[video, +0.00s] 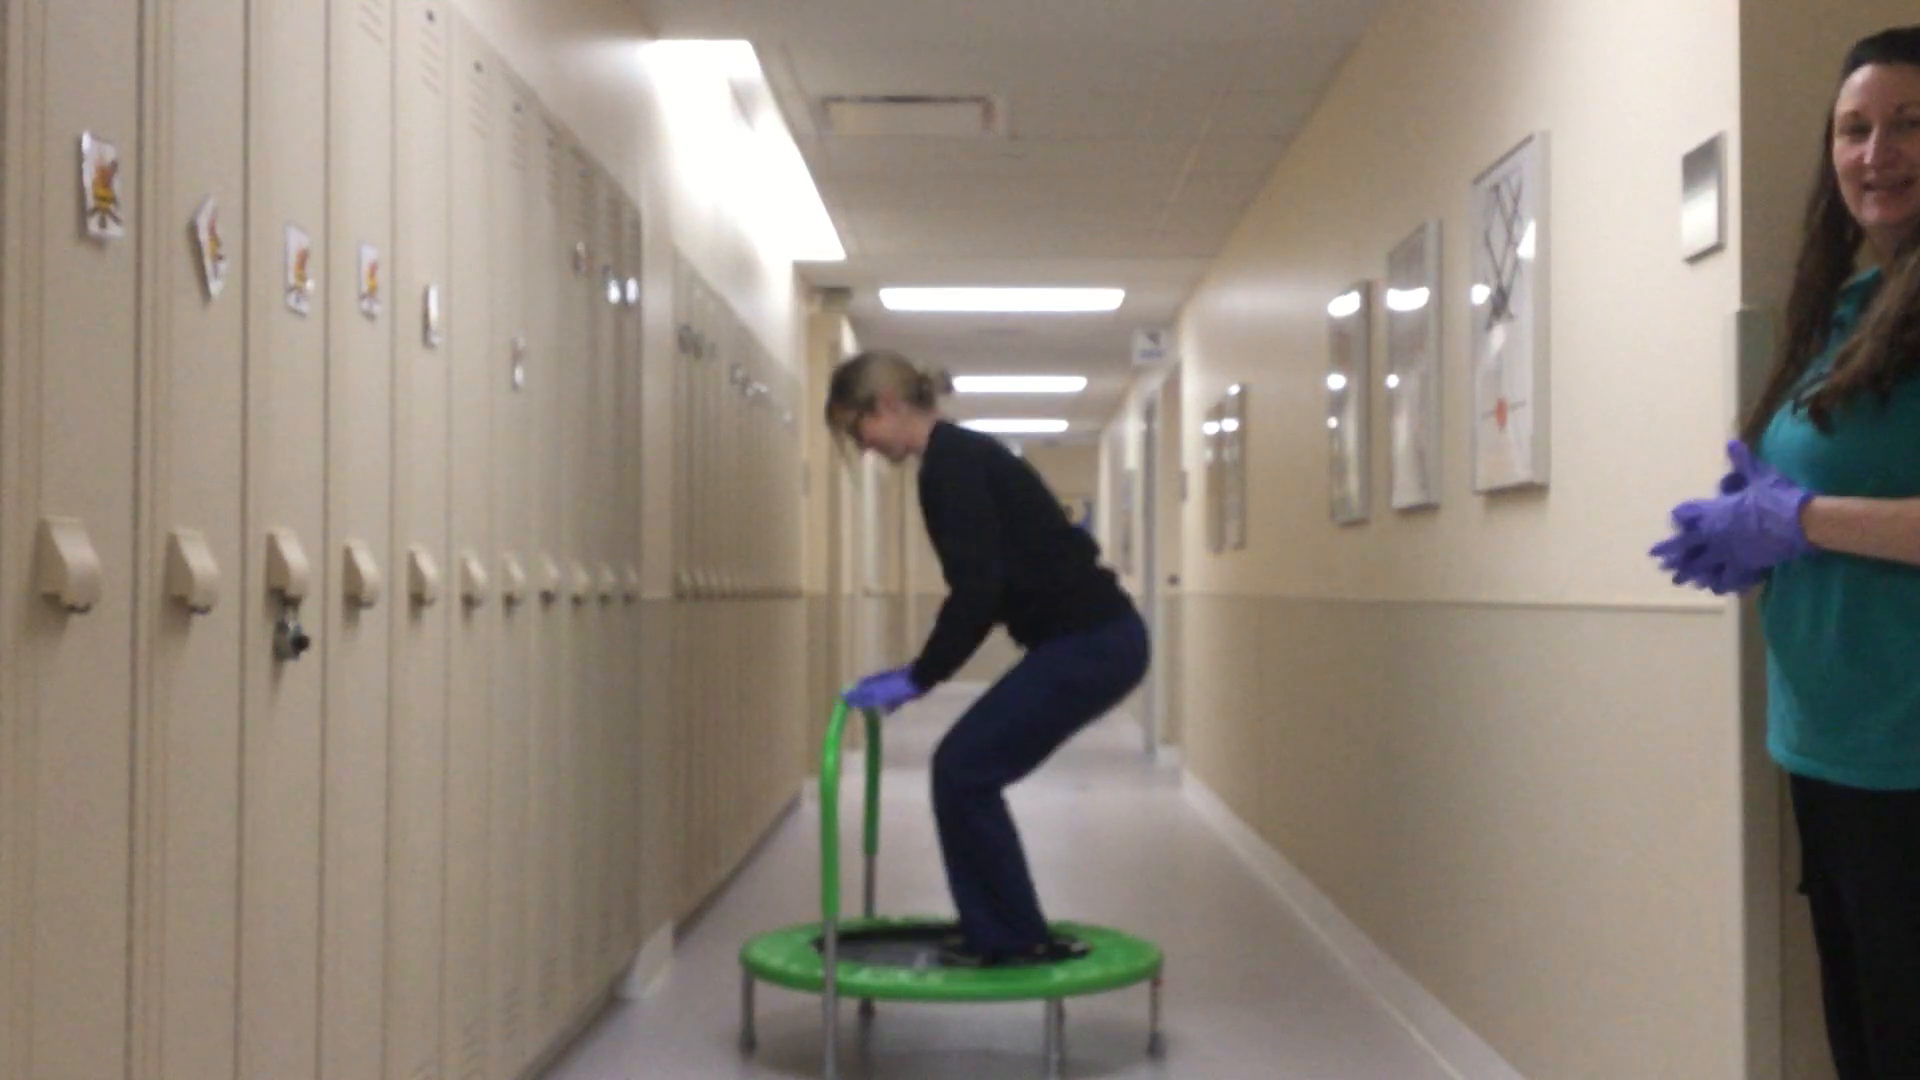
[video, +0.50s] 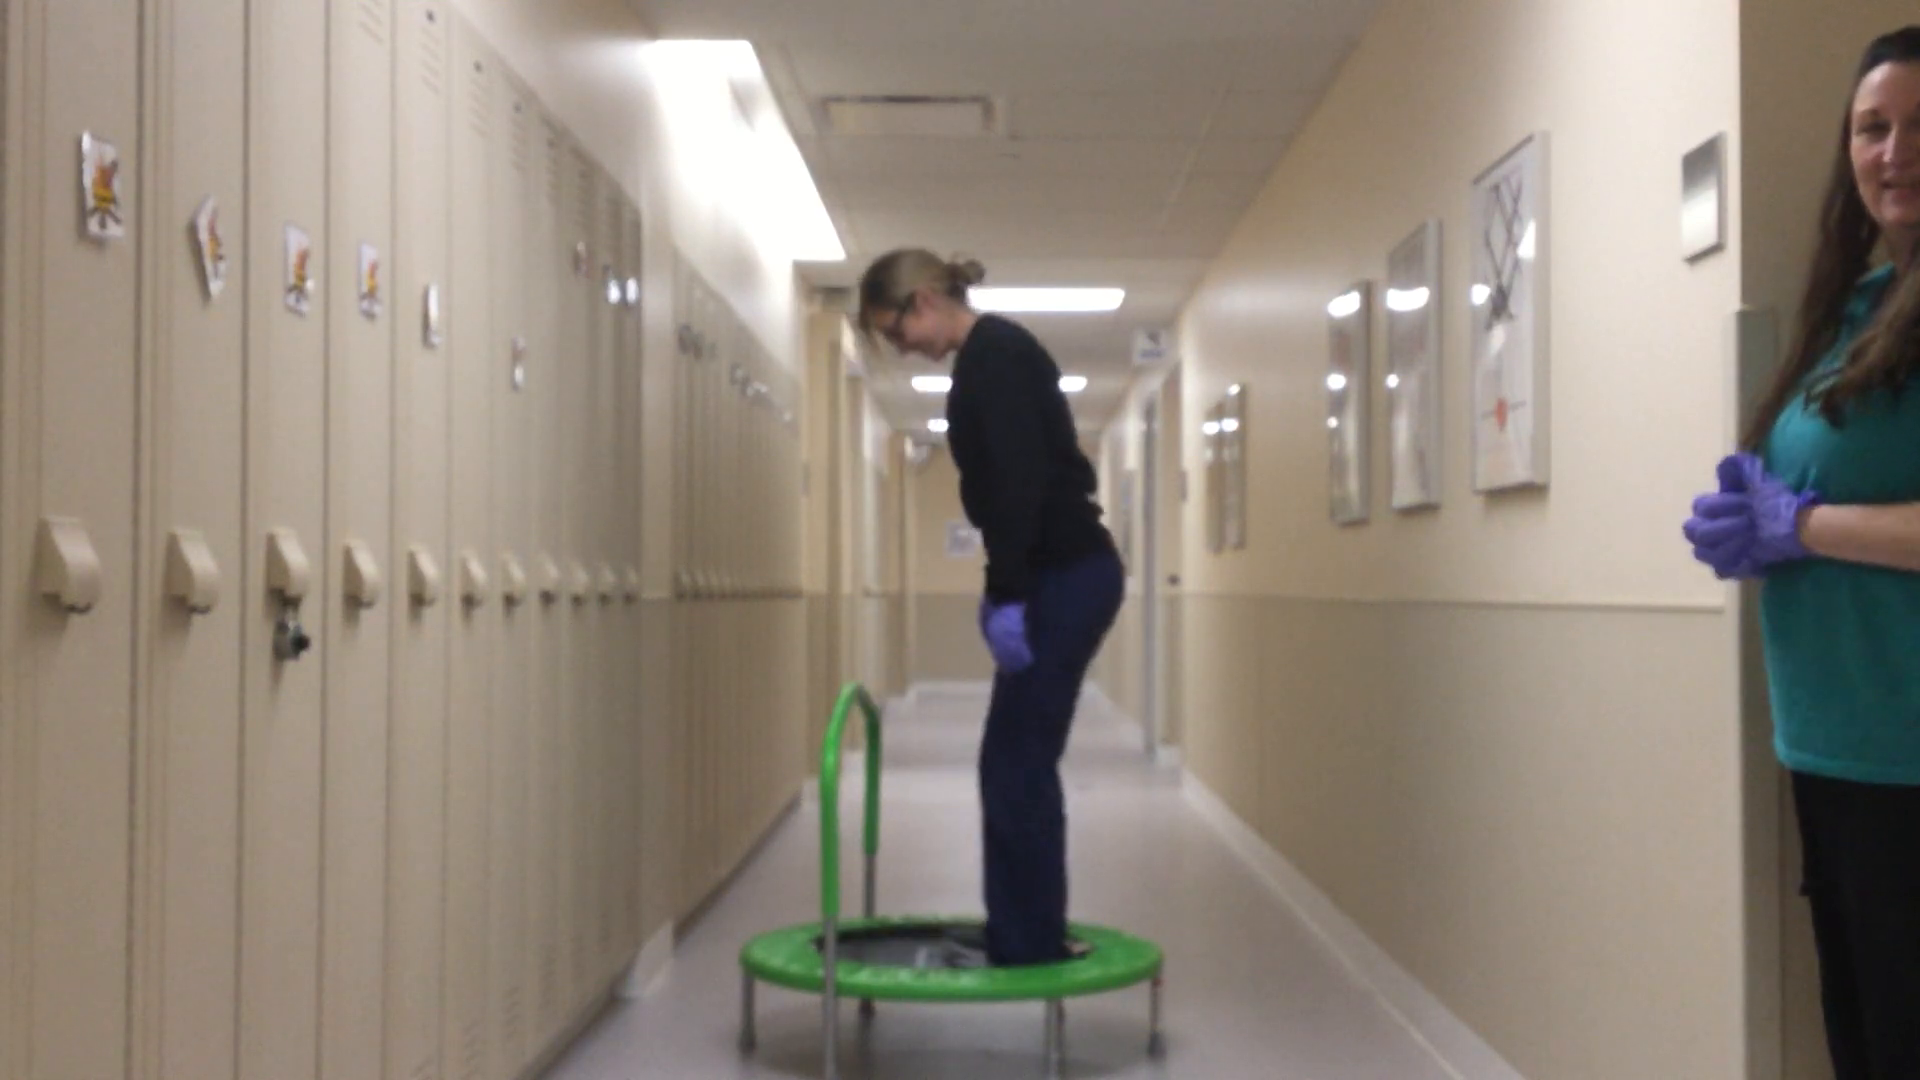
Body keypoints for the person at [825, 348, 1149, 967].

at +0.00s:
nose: (862, 442)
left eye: (859, 426)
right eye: (854, 432)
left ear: (888, 404)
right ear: (894, 406)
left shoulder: (954, 463)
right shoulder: (951, 459)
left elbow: (979, 589)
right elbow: (977, 590)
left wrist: (916, 679)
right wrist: (916, 675)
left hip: (1094, 644)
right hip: (1086, 641)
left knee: (963, 767)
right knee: (961, 765)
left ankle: (1011, 937)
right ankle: (1002, 932)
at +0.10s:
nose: (873, 406)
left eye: (871, 389)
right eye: (865, 396)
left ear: (897, 365)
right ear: (901, 368)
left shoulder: (963, 424)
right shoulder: (961, 420)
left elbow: (987, 550)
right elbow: (985, 551)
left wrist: (951, 656)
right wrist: (951, 655)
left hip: (1092, 615)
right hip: (1089, 612)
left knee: (982, 759)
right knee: (982, 758)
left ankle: (1016, 942)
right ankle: (1016, 937)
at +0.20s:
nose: (883, 380)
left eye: (879, 363)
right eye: (874, 370)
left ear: (904, 335)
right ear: (907, 337)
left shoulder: (974, 389)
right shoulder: (968, 390)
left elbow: (999, 517)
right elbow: (997, 520)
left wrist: (984, 630)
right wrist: (984, 628)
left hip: (1087, 596)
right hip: (1080, 595)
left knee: (997, 754)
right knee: (996, 754)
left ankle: (1023, 942)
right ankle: (1023, 938)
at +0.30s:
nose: (898, 365)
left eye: (891, 349)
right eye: (887, 358)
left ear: (914, 317)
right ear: (914, 319)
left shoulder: (985, 368)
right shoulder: (982, 368)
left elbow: (1014, 493)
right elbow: (1008, 496)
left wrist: (1009, 608)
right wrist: (1001, 606)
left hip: (1076, 588)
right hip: (1069, 585)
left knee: (1005, 759)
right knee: (1006, 759)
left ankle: (1026, 942)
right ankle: (1027, 937)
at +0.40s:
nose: (903, 357)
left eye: (896, 341)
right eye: (892, 348)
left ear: (921, 309)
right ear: (921, 311)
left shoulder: (991, 361)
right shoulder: (990, 360)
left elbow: (1017, 483)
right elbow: (1012, 483)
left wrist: (1014, 599)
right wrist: (1009, 592)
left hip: (1068, 584)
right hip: (1065, 581)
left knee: (1011, 761)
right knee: (1012, 760)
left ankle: (1024, 940)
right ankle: (1026, 935)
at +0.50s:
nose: (904, 347)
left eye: (899, 331)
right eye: (894, 338)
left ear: (927, 301)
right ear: (926, 306)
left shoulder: (995, 354)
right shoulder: (989, 355)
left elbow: (1017, 478)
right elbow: (1009, 481)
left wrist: (1007, 593)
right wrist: (1001, 589)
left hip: (1064, 579)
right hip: (1057, 577)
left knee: (1015, 759)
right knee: (1017, 758)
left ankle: (1024, 941)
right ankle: (1027, 935)